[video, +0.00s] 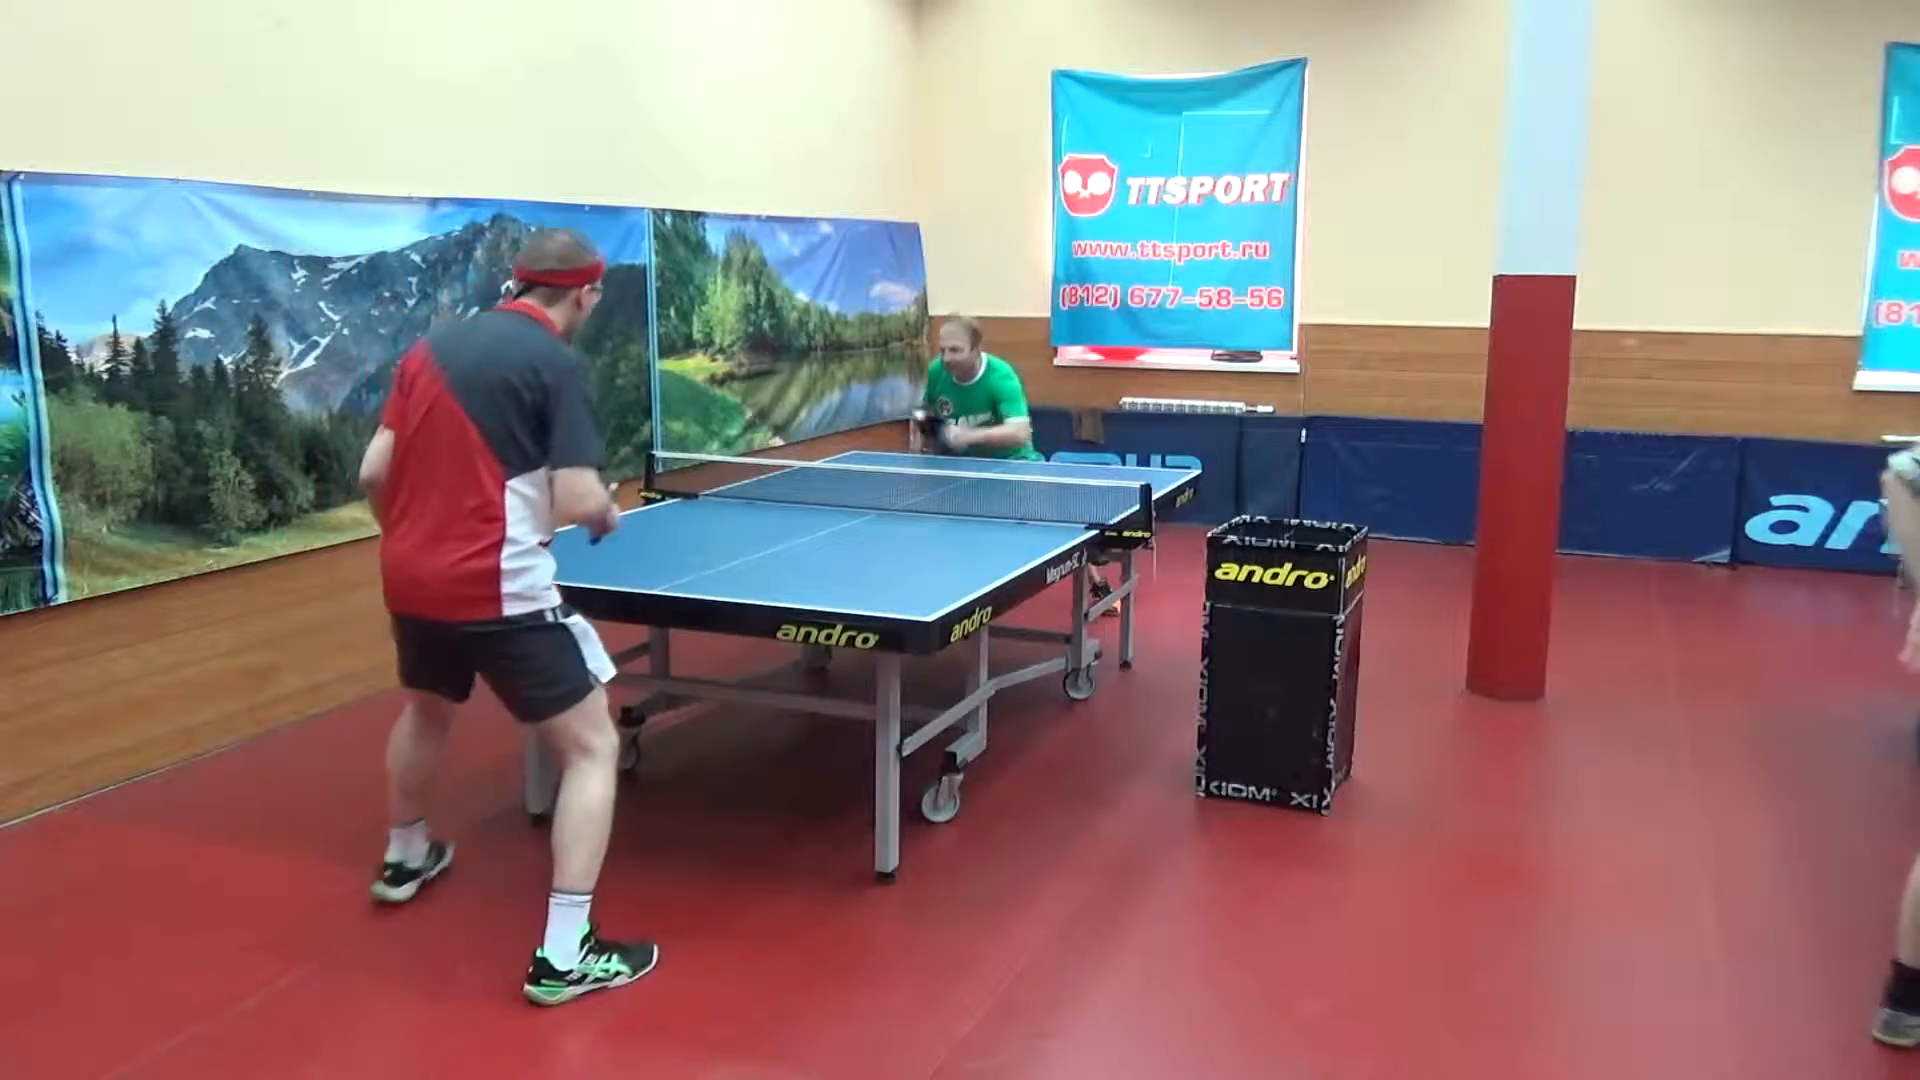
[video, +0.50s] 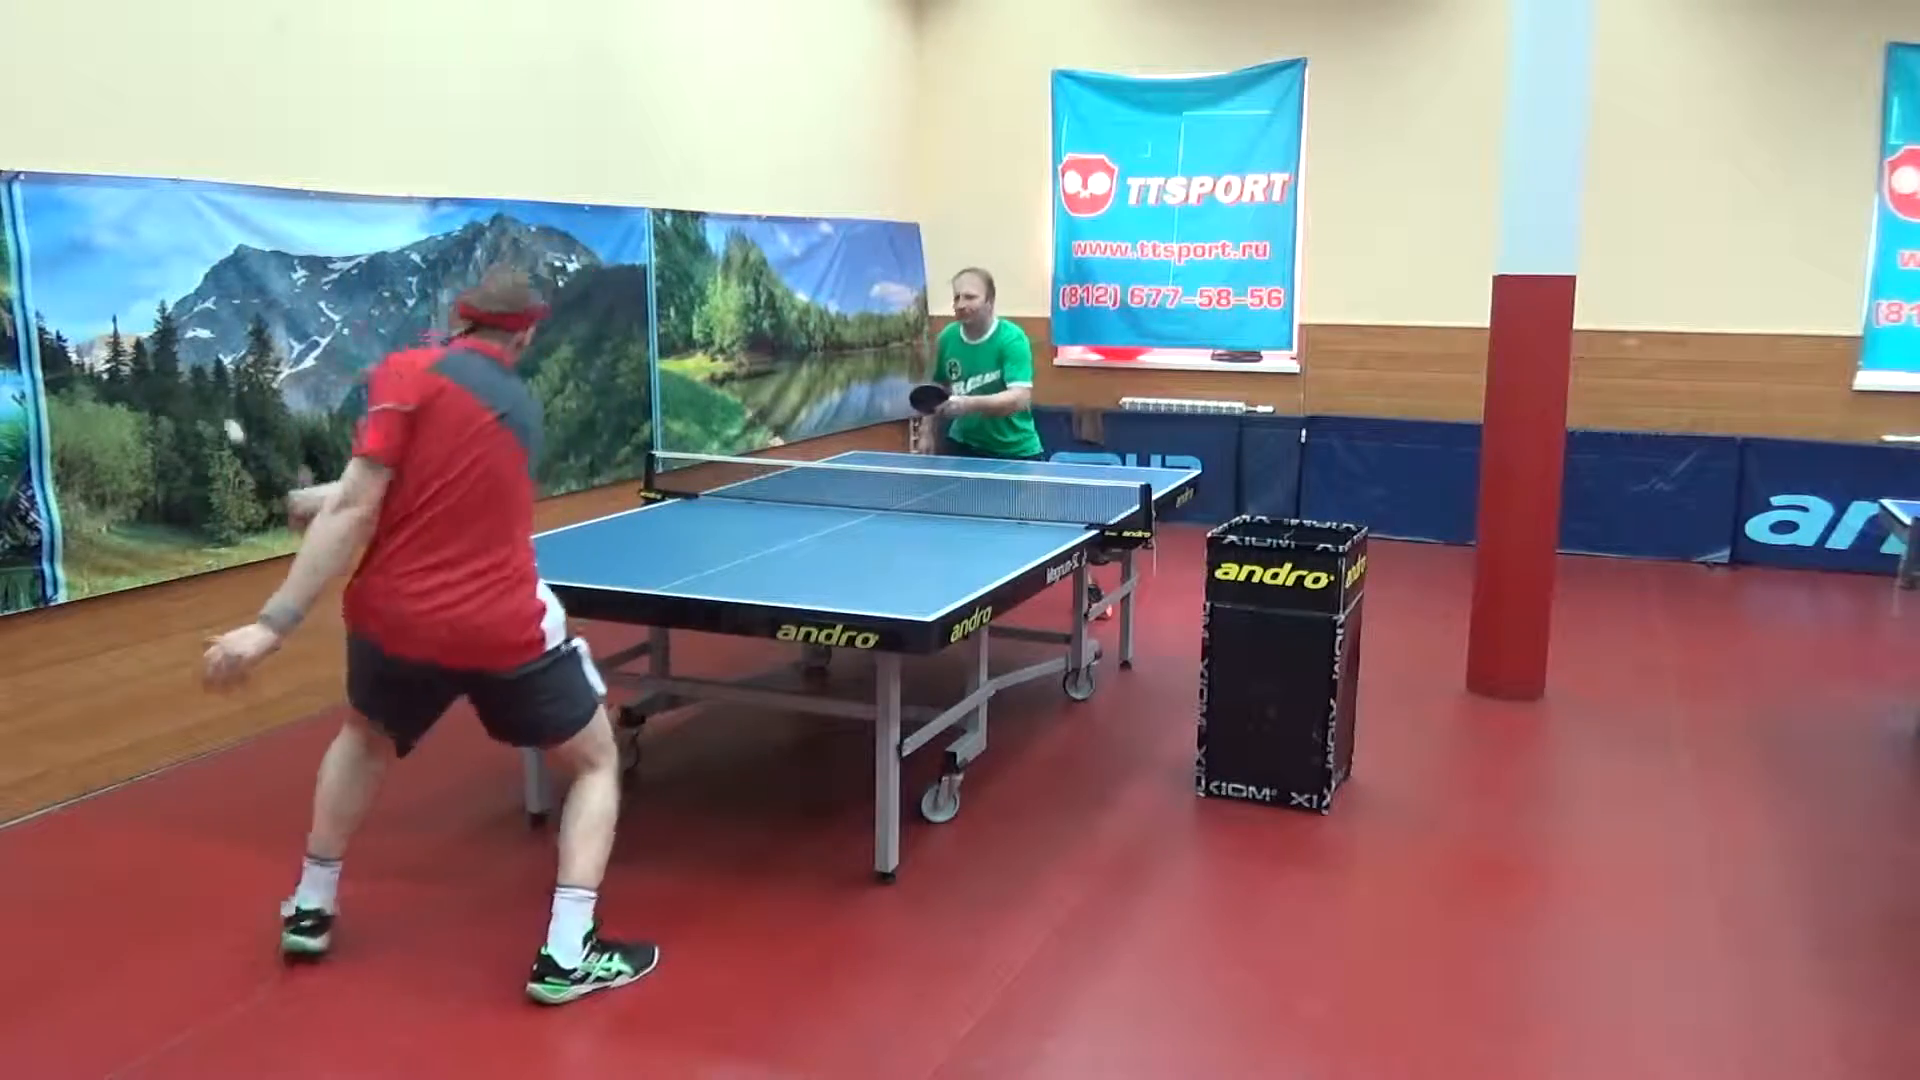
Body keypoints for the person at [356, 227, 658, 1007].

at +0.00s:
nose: (594, 308)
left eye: (593, 296)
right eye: (596, 296)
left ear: (517, 285)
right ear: (580, 294)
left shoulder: (433, 345)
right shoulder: (553, 361)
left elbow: (374, 474)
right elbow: (577, 503)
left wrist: (416, 537)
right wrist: (603, 508)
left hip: (412, 582)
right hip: (503, 589)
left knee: (425, 708)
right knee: (591, 748)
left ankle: (404, 857)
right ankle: (565, 951)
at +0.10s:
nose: (599, 303)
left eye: (600, 290)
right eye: (602, 290)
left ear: (525, 273)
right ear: (589, 283)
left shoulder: (441, 330)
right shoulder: (561, 349)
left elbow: (384, 459)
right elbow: (586, 490)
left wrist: (420, 522)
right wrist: (619, 491)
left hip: (416, 578)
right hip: (512, 584)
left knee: (419, 711)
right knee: (589, 747)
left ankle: (360, 887)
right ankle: (564, 951)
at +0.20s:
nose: (605, 301)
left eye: (606, 289)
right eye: (606, 289)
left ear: (525, 272)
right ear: (594, 282)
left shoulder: (443, 330)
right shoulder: (569, 350)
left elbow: (387, 466)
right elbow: (603, 495)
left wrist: (433, 514)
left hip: (413, 580)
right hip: (514, 587)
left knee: (406, 727)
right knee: (598, 747)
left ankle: (344, 910)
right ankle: (564, 952)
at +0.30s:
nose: (590, 311)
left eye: (588, 301)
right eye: (590, 301)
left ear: (511, 287)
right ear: (581, 299)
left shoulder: (432, 348)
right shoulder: (580, 375)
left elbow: (382, 481)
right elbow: (594, 515)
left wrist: (371, 558)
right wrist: (519, 504)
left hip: (415, 598)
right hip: (523, 605)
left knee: (397, 739)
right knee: (618, 749)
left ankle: (342, 915)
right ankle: (566, 949)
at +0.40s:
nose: (567, 329)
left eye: (566, 317)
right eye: (569, 317)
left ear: (490, 298)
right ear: (560, 314)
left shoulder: (418, 359)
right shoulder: (558, 395)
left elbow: (373, 500)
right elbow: (517, 507)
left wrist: (313, 614)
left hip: (408, 609)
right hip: (521, 618)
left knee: (392, 734)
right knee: (615, 754)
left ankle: (349, 910)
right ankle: (567, 951)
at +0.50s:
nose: (528, 349)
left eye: (528, 338)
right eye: (530, 338)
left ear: (457, 320)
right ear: (520, 335)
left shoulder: (404, 374)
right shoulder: (519, 402)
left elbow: (356, 506)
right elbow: (451, 482)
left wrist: (270, 626)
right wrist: (339, 497)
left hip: (394, 629)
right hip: (508, 630)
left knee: (364, 734)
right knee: (594, 762)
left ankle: (311, 905)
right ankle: (569, 949)